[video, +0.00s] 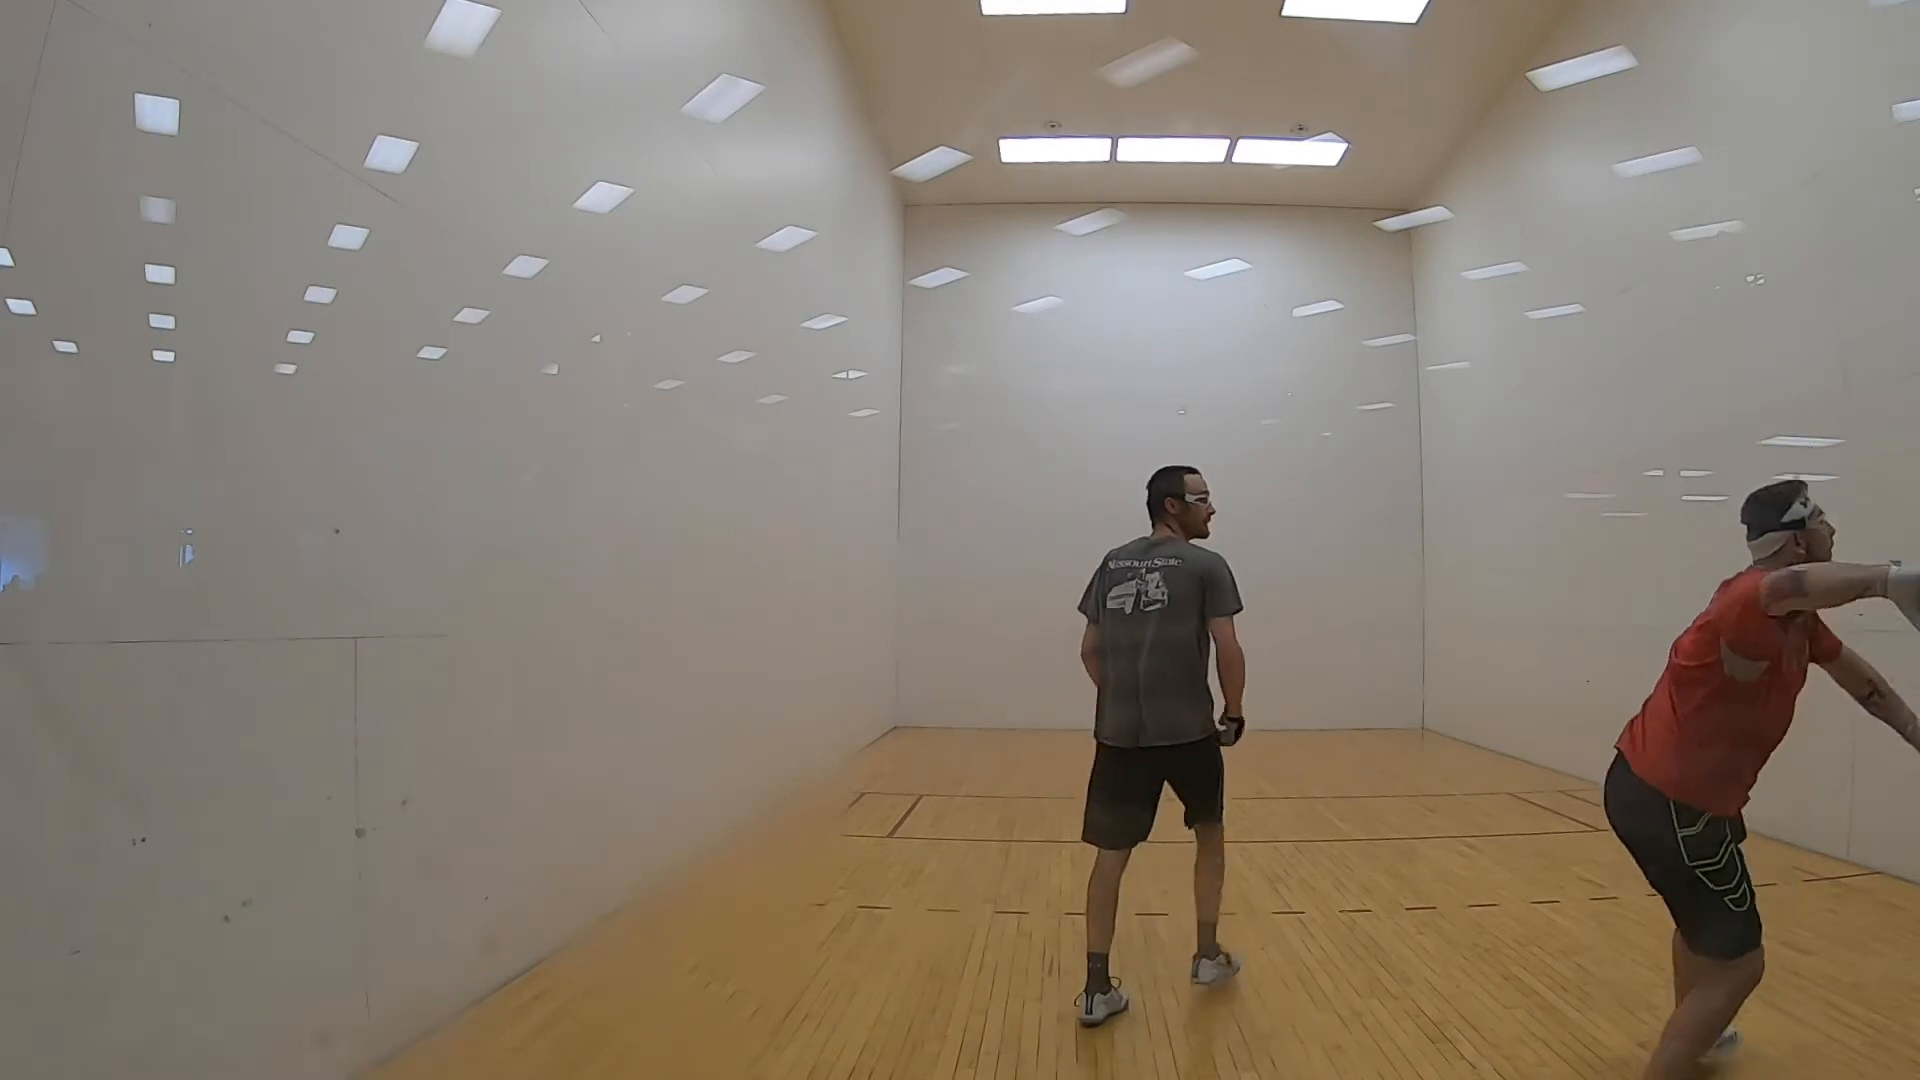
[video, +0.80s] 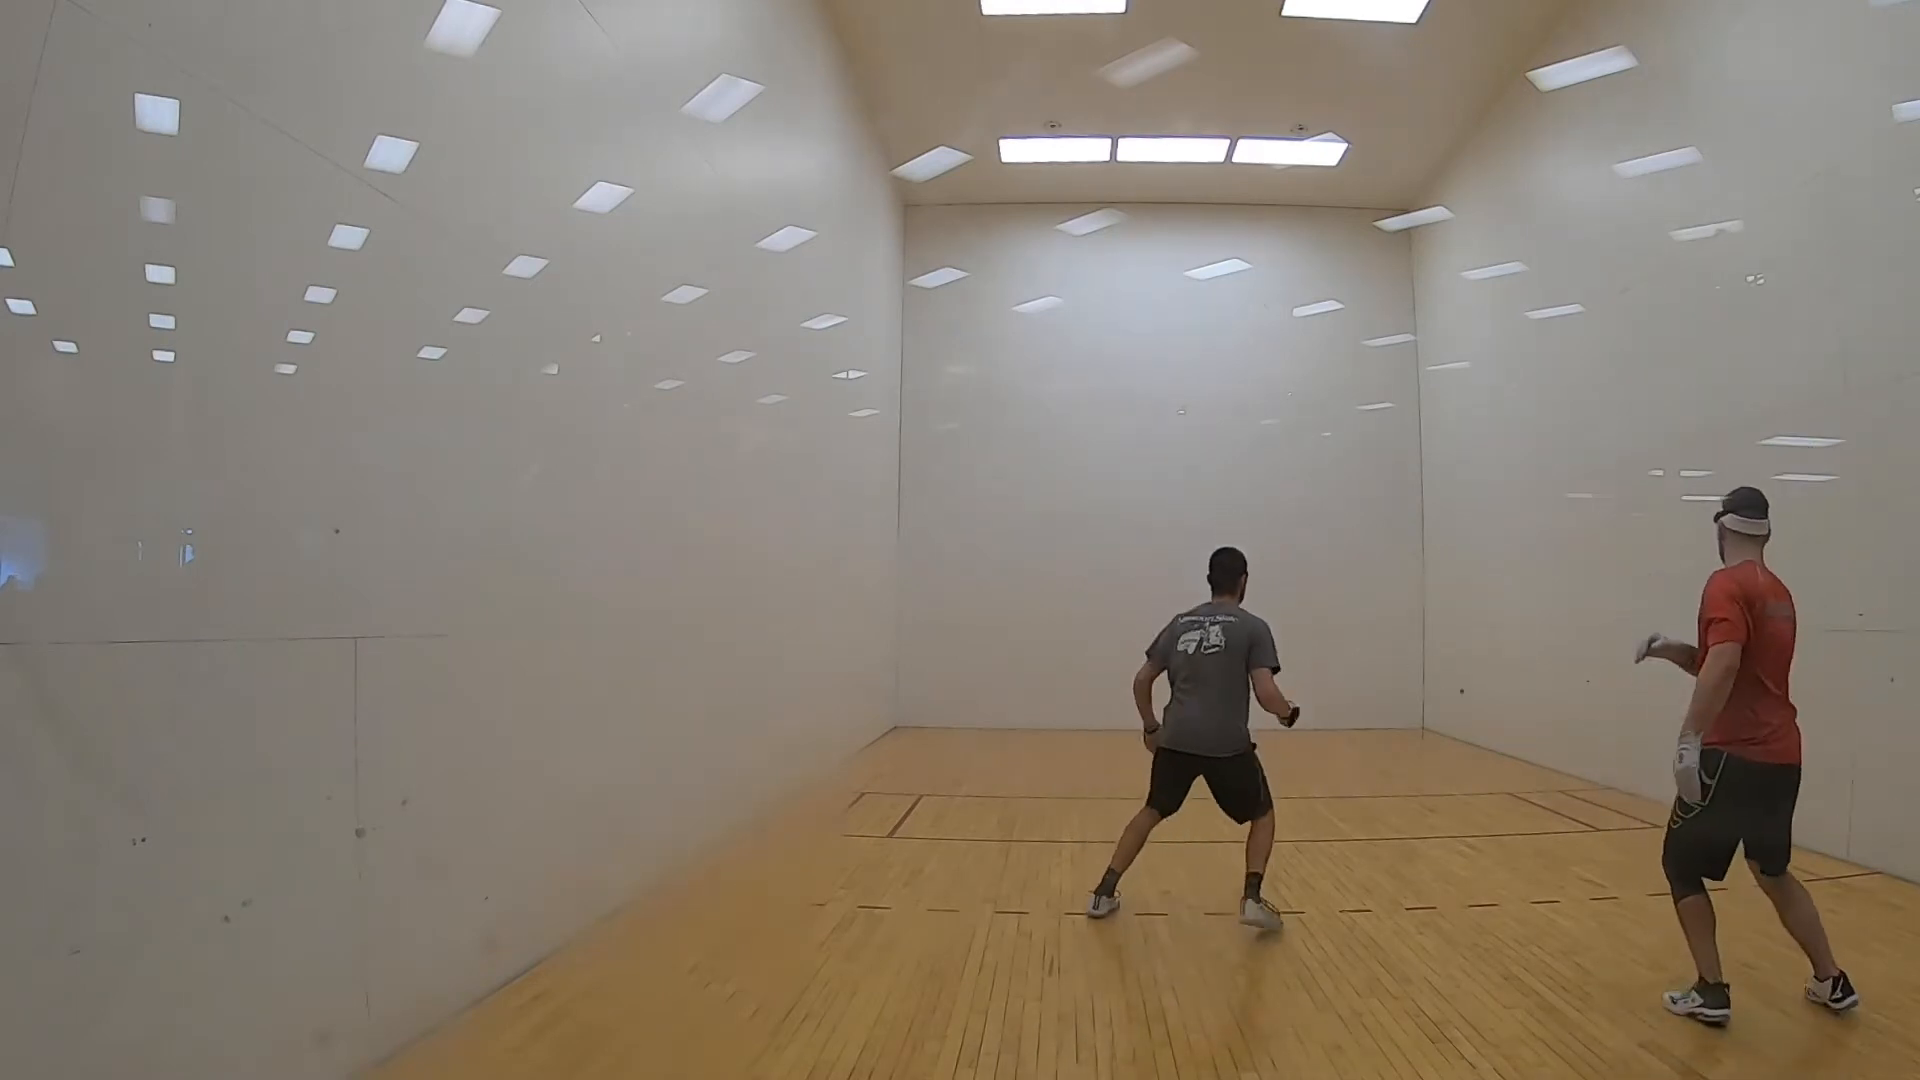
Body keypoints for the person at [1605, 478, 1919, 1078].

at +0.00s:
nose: (1833, 547)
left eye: (1830, 537)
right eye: (1826, 537)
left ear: (1778, 546)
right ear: (1796, 546)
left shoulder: (1800, 622)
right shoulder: (1749, 597)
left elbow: (1867, 686)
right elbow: (1793, 583)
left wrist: (1915, 732)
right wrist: (1893, 579)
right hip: (1671, 806)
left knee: (1703, 925)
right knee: (1739, 966)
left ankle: (1694, 1033)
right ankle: (1666, 1067)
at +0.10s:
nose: (1837, 578)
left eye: (1831, 570)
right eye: (1829, 572)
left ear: (1787, 589)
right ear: (1812, 583)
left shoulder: (1790, 651)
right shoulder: (1760, 638)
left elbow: (1762, 708)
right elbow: (1786, 601)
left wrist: (1796, 726)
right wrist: (1891, 607)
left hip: (1633, 799)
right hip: (1666, 829)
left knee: (1665, 904)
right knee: (1743, 976)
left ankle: (1670, 999)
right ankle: (1658, 1075)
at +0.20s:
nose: (1848, 621)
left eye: (1842, 612)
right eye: (1840, 616)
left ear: (1786, 627)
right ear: (1820, 634)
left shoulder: (1743, 648)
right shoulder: (1774, 698)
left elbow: (1681, 662)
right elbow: (1832, 737)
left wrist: (1640, 698)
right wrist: (1893, 676)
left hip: (1622, 808)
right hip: (1675, 847)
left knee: (1678, 907)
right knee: (1717, 989)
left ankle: (1674, 1000)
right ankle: (1655, 1074)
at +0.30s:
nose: (1831, 641)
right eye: (1834, 633)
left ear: (1781, 609)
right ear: (1825, 637)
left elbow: (1625, 662)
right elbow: (1839, 797)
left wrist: (1597, 716)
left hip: (1628, 814)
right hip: (1692, 855)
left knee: (1675, 894)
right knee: (1704, 974)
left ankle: (1674, 997)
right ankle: (1673, 1047)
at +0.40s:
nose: (1794, 607)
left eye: (1772, 591)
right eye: (1808, 602)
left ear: (1761, 589)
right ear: (1813, 609)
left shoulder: (1713, 628)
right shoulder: (1801, 680)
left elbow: (1644, 687)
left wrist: (1611, 724)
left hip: (1655, 806)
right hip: (1721, 832)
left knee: (1663, 900)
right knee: (1710, 949)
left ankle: (1678, 998)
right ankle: (1686, 1015)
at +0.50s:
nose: (1740, 571)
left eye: (1741, 563)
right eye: (1755, 566)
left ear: (1739, 565)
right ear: (1788, 579)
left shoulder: (1721, 618)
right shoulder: (1784, 638)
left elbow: (1680, 685)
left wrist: (1616, 713)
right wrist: (1648, 602)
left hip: (1686, 792)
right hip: (1747, 806)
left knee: (1661, 887)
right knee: (1723, 919)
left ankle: (1693, 992)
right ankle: (1746, 993)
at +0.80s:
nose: (1716, 534)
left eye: (1716, 526)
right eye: (1723, 527)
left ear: (1719, 529)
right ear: (1766, 534)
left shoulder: (1724, 585)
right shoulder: (1779, 592)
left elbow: (1723, 660)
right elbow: (1737, 674)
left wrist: (1687, 740)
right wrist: (1673, 650)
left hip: (1732, 759)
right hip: (1781, 761)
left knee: (1681, 859)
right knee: (1772, 867)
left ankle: (1711, 989)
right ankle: (1831, 979)